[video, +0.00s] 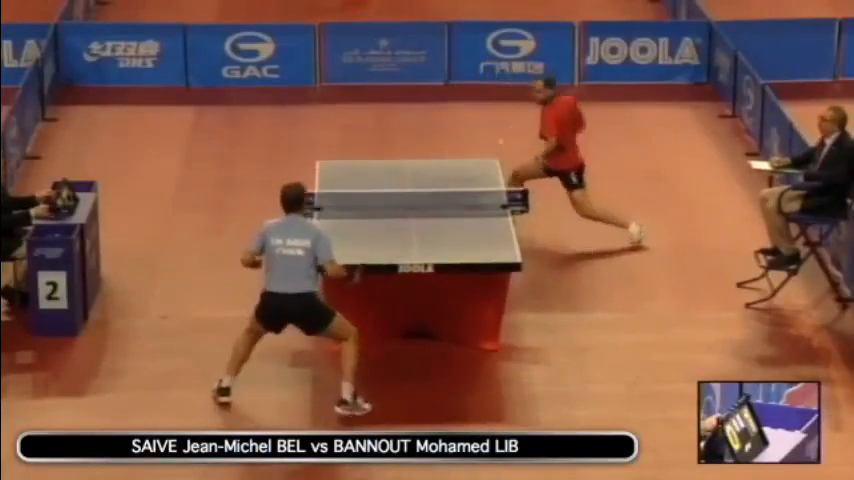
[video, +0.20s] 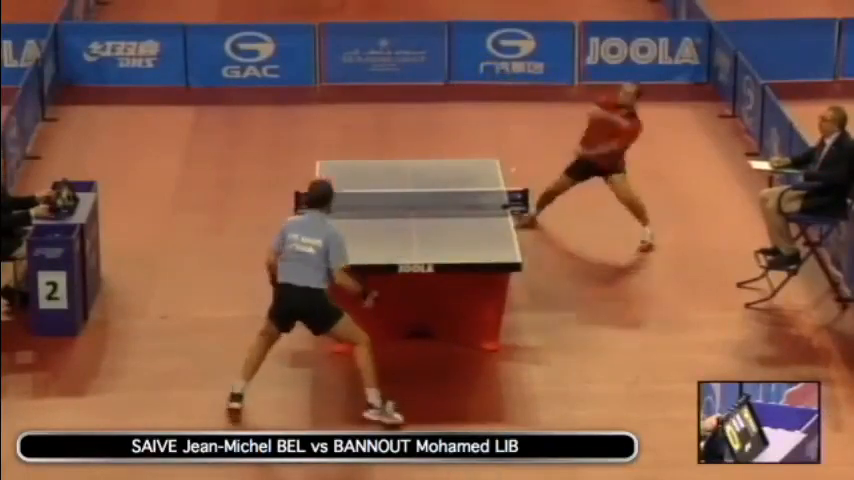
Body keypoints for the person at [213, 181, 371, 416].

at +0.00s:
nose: (304, 203)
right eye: (304, 199)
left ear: (282, 204)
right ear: (304, 202)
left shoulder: (270, 229)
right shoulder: (314, 231)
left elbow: (246, 259)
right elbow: (331, 269)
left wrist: (263, 262)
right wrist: (344, 272)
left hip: (272, 301)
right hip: (305, 303)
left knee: (251, 334)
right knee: (350, 335)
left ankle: (225, 384)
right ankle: (348, 397)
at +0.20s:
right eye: (331, 199)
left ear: (306, 200)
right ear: (329, 202)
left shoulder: (290, 224)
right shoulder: (330, 231)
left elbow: (271, 260)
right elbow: (338, 275)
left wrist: (278, 285)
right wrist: (361, 290)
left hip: (285, 295)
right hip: (314, 298)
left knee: (265, 337)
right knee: (361, 341)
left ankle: (238, 391)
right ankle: (375, 404)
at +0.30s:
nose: (349, 223)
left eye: (349, 218)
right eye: (348, 218)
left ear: (324, 215)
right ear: (344, 220)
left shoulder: (302, 238)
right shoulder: (337, 246)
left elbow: (282, 271)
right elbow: (345, 290)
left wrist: (280, 300)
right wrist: (376, 310)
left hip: (290, 308)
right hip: (319, 313)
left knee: (269, 348)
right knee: (369, 350)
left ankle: (237, 399)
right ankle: (377, 413)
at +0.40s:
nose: (391, 241)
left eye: (390, 237)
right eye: (390, 237)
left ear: (367, 234)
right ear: (383, 240)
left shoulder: (346, 249)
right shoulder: (368, 264)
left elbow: (318, 269)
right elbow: (385, 303)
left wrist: (295, 288)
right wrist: (422, 307)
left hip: (307, 316)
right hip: (331, 327)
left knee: (283, 353)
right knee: (384, 355)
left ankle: (240, 394)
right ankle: (377, 416)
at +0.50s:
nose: (413, 249)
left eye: (412, 244)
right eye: (411, 245)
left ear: (391, 243)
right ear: (401, 248)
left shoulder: (372, 252)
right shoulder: (387, 271)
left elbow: (346, 260)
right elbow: (417, 304)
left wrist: (324, 269)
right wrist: (457, 302)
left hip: (323, 312)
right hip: (345, 325)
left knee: (296, 352)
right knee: (394, 359)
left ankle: (251, 390)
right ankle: (378, 416)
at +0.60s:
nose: (430, 240)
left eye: (428, 236)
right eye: (429, 237)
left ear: (406, 234)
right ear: (423, 241)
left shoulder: (390, 241)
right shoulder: (412, 268)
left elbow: (360, 240)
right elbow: (449, 299)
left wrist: (379, 254)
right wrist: (484, 297)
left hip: (343, 304)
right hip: (363, 317)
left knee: (328, 348)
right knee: (400, 359)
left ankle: (286, 389)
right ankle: (379, 417)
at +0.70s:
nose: (439, 230)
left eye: (437, 225)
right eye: (438, 227)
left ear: (415, 222)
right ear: (433, 231)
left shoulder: (399, 230)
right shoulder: (420, 258)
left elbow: (370, 227)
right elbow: (454, 297)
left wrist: (393, 234)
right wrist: (490, 300)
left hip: (355, 297)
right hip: (378, 310)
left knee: (347, 342)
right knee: (406, 359)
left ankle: (314, 389)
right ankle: (385, 414)